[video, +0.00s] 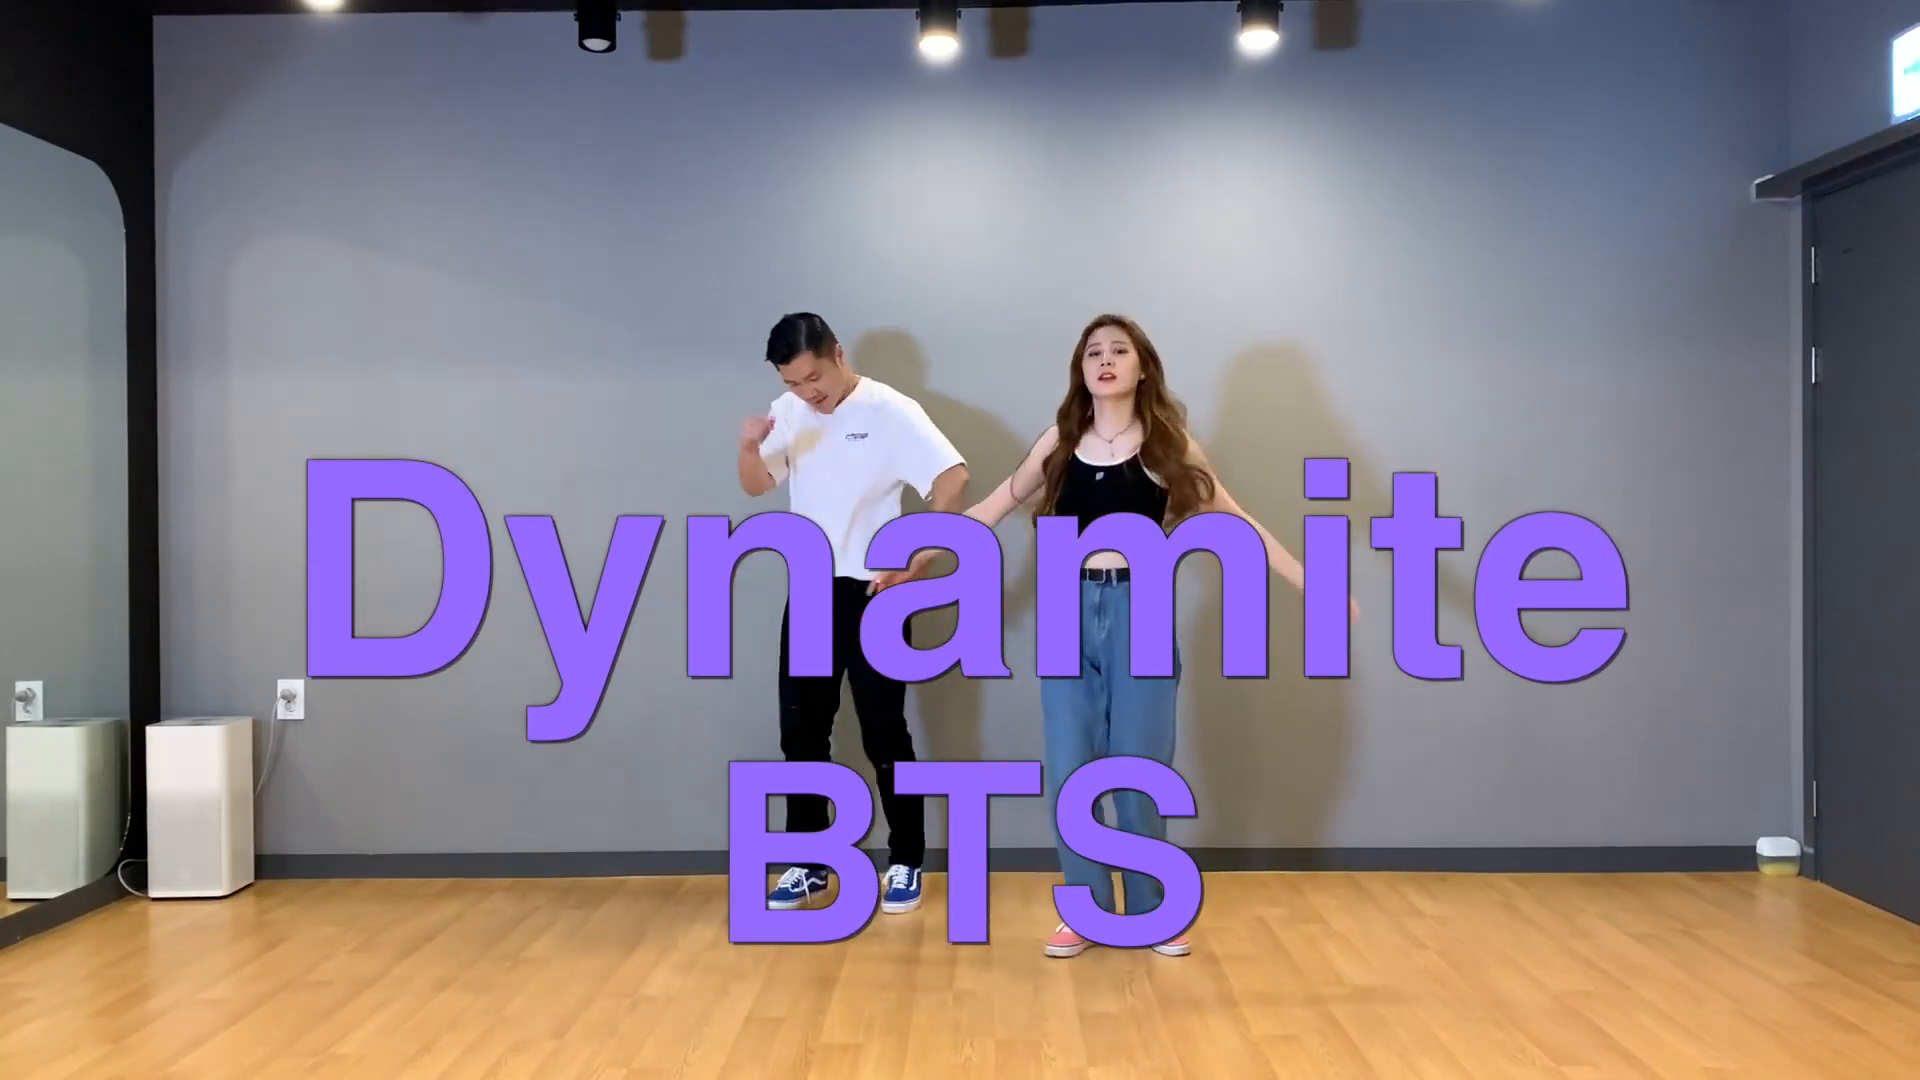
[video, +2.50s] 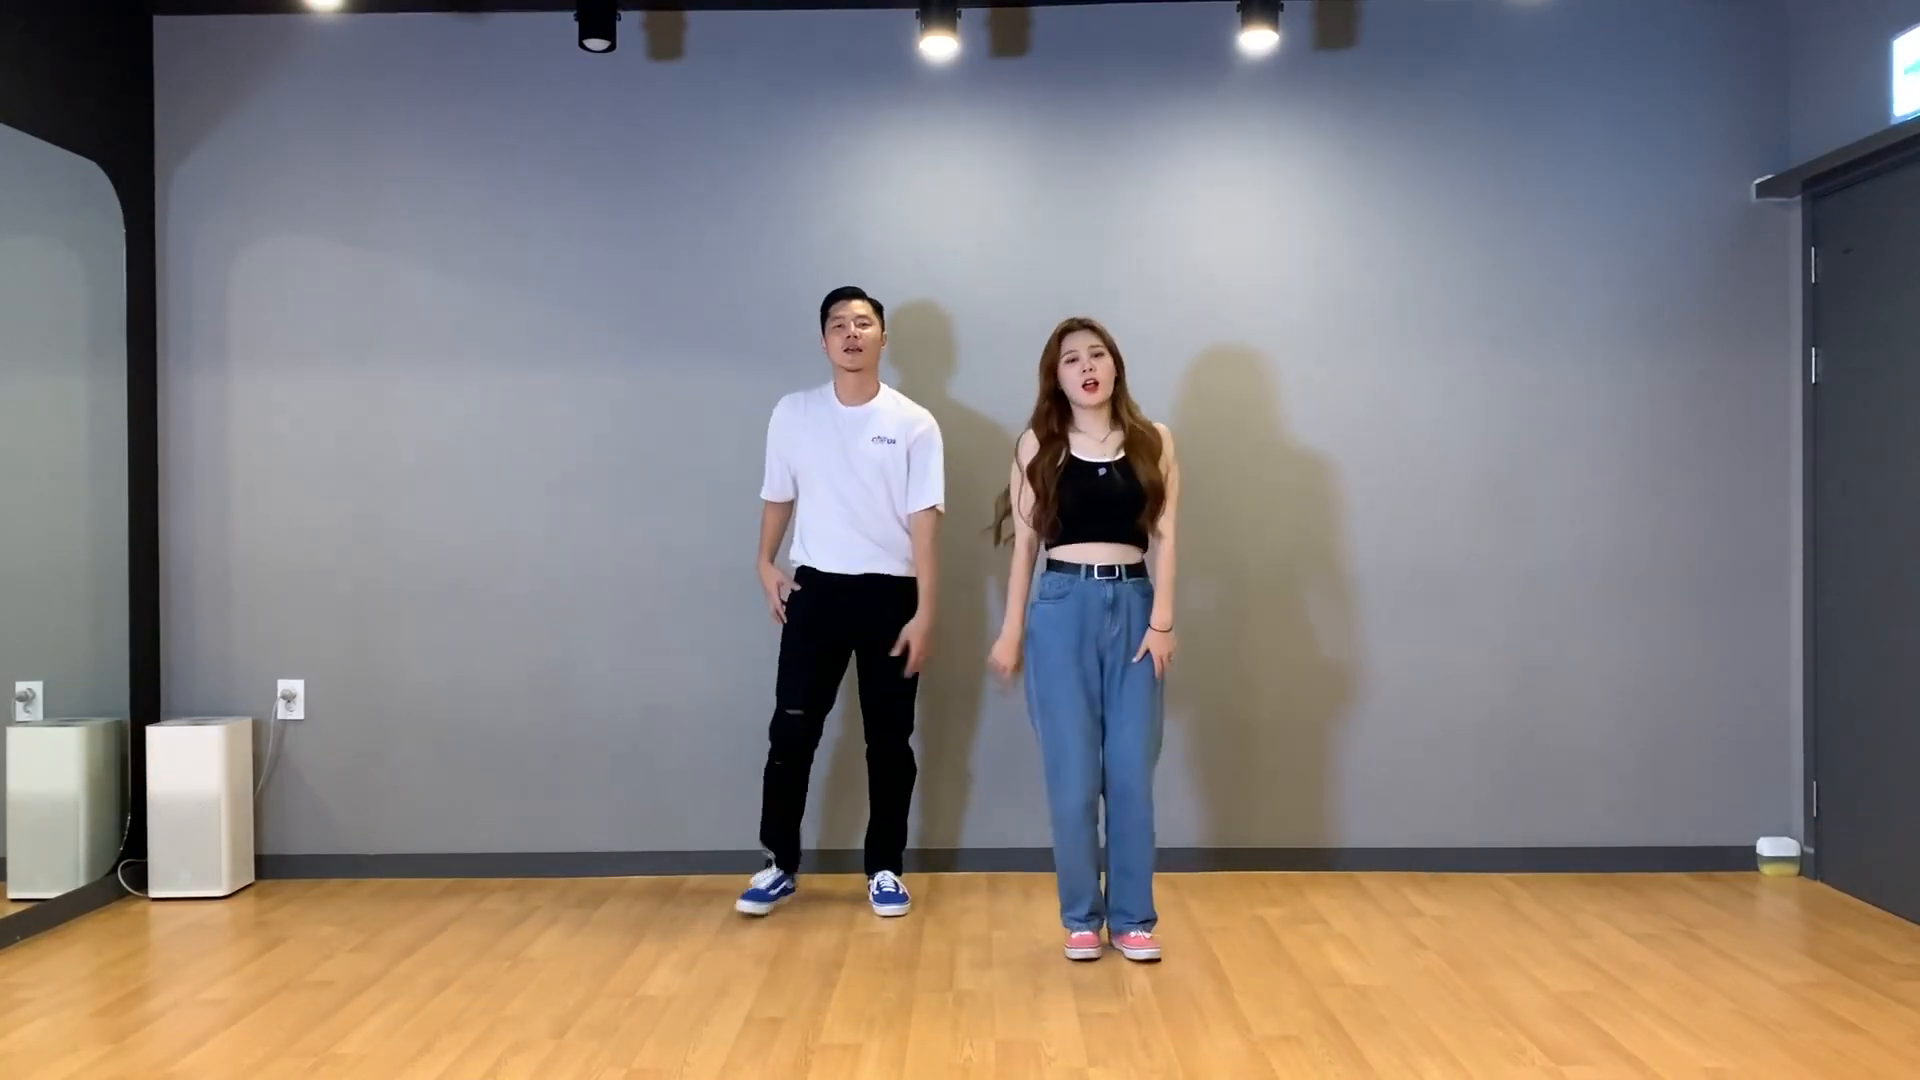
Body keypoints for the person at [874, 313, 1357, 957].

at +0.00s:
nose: (1104, 361)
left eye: (1118, 352)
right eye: (1093, 354)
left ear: (1142, 366)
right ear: (1080, 370)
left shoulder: (1173, 444)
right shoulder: (1059, 440)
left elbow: (1240, 526)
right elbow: (994, 506)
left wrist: (1314, 587)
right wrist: (918, 559)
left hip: (1139, 612)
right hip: (1065, 611)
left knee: (1138, 762)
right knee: (1068, 765)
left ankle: (1155, 911)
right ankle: (1079, 909)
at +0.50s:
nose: (1067, 369)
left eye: (1078, 358)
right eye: (1054, 360)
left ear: (1099, 370)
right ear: (1036, 375)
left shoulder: (1137, 443)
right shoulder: (1018, 455)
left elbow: (1156, 533)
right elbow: (1011, 550)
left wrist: (1165, 618)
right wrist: (996, 639)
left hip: (1124, 614)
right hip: (1045, 615)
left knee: (1151, 775)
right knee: (1053, 781)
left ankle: (1158, 910)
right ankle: (1064, 914)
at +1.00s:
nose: (1065, 358)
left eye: (1075, 347)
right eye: (1050, 350)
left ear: (1093, 359)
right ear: (1031, 366)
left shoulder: (1119, 431)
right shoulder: (1014, 444)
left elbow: (1133, 512)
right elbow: (993, 540)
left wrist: (1158, 573)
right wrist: (1009, 628)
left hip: (1125, 598)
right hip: (1052, 604)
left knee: (1170, 751)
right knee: (1071, 775)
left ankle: (1205, 903)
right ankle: (1082, 917)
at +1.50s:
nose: (1089, 356)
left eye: (1100, 344)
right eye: (1075, 348)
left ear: (1119, 354)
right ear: (1058, 363)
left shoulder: (1139, 429)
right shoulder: (1037, 425)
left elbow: (1144, 518)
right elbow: (1010, 527)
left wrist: (1167, 568)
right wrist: (1016, 613)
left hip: (1139, 599)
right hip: (1065, 601)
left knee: (1143, 760)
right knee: (1074, 766)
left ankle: (1138, 905)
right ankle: (1079, 916)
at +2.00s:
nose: (1094, 366)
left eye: (1107, 356)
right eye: (1082, 356)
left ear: (1128, 369)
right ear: (1066, 369)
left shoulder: (1153, 445)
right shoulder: (1040, 444)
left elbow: (1207, 525)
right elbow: (990, 523)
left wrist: (1273, 587)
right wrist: (926, 582)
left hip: (1126, 615)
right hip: (1052, 614)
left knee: (1122, 775)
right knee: (1054, 784)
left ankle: (1129, 917)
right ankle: (1080, 916)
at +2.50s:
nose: (1086, 368)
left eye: (1096, 356)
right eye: (1071, 361)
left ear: (1115, 365)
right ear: (1057, 375)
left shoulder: (1154, 441)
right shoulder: (1036, 446)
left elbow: (1162, 537)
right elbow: (1025, 541)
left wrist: (1161, 620)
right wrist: (1012, 628)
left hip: (1134, 609)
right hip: (1060, 609)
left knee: (1131, 771)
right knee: (1072, 772)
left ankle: (1133, 917)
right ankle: (1080, 916)